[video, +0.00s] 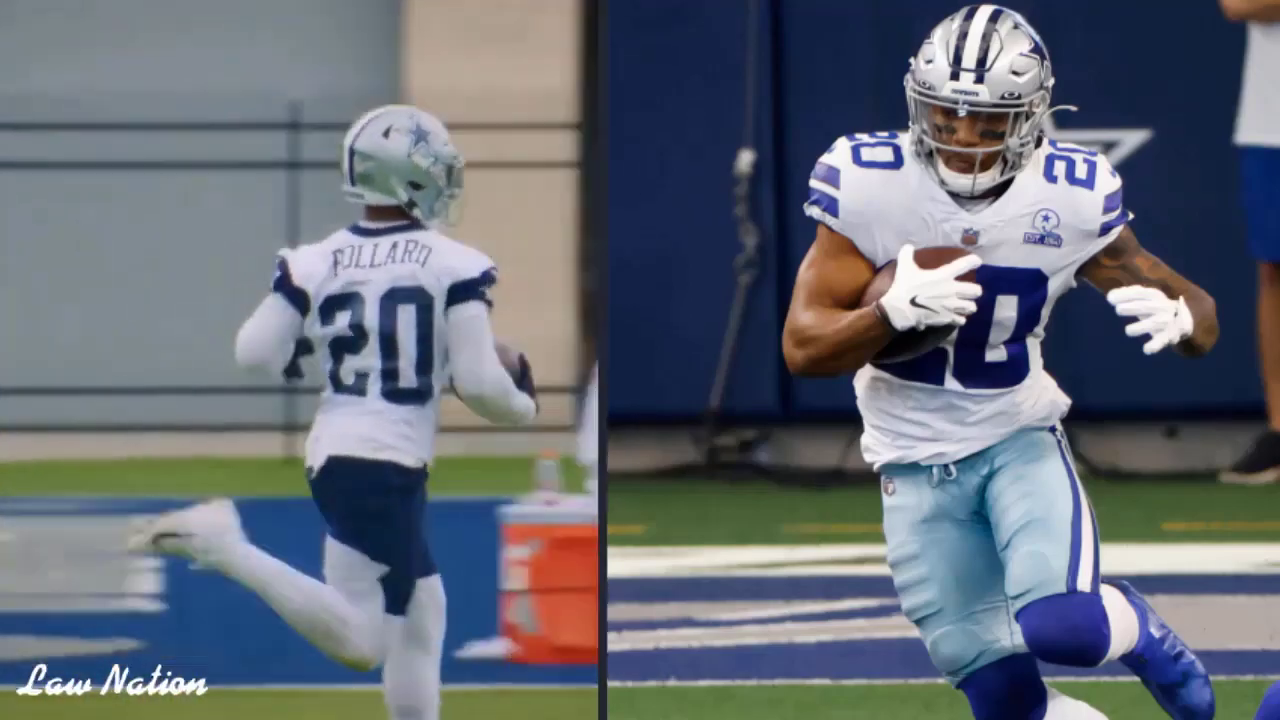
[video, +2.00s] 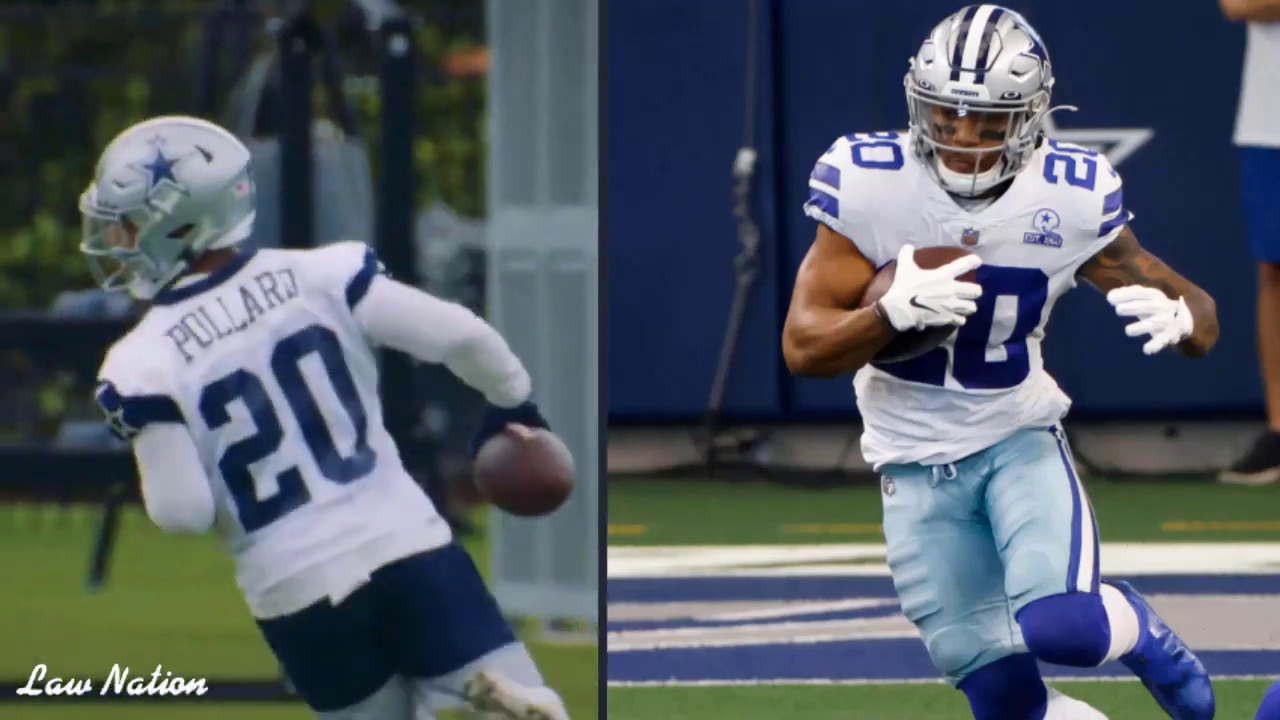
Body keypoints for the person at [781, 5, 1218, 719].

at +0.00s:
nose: (965, 137)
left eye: (988, 121)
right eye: (950, 116)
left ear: (1027, 119)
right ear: (922, 109)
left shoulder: (1070, 193)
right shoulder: (863, 179)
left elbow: (1196, 307)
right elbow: (801, 349)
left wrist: (1181, 319)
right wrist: (887, 313)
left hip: (1018, 437)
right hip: (911, 468)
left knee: (1054, 626)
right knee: (1001, 697)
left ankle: (1141, 632)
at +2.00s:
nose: (966, 138)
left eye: (988, 121)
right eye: (950, 117)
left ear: (1028, 119)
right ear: (922, 110)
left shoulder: (1071, 194)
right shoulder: (863, 179)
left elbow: (1197, 309)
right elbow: (801, 349)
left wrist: (1181, 319)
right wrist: (887, 313)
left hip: (1018, 437)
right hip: (911, 467)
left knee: (1054, 626)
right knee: (1001, 696)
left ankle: (1142, 633)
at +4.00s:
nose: (966, 138)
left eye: (988, 121)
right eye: (950, 117)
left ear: (1028, 119)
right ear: (922, 110)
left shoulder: (1071, 194)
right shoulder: (863, 179)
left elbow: (1197, 309)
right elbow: (801, 349)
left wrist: (1181, 319)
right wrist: (887, 313)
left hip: (1018, 437)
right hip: (911, 467)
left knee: (1054, 626)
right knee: (1001, 696)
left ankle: (1142, 633)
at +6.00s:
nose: (966, 137)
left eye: (988, 121)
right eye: (950, 117)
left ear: (1027, 118)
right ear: (922, 110)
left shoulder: (1072, 194)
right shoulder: (863, 180)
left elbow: (1197, 310)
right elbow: (801, 350)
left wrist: (1181, 318)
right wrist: (887, 313)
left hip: (1018, 437)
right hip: (911, 467)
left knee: (1054, 626)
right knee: (1001, 697)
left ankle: (1142, 632)